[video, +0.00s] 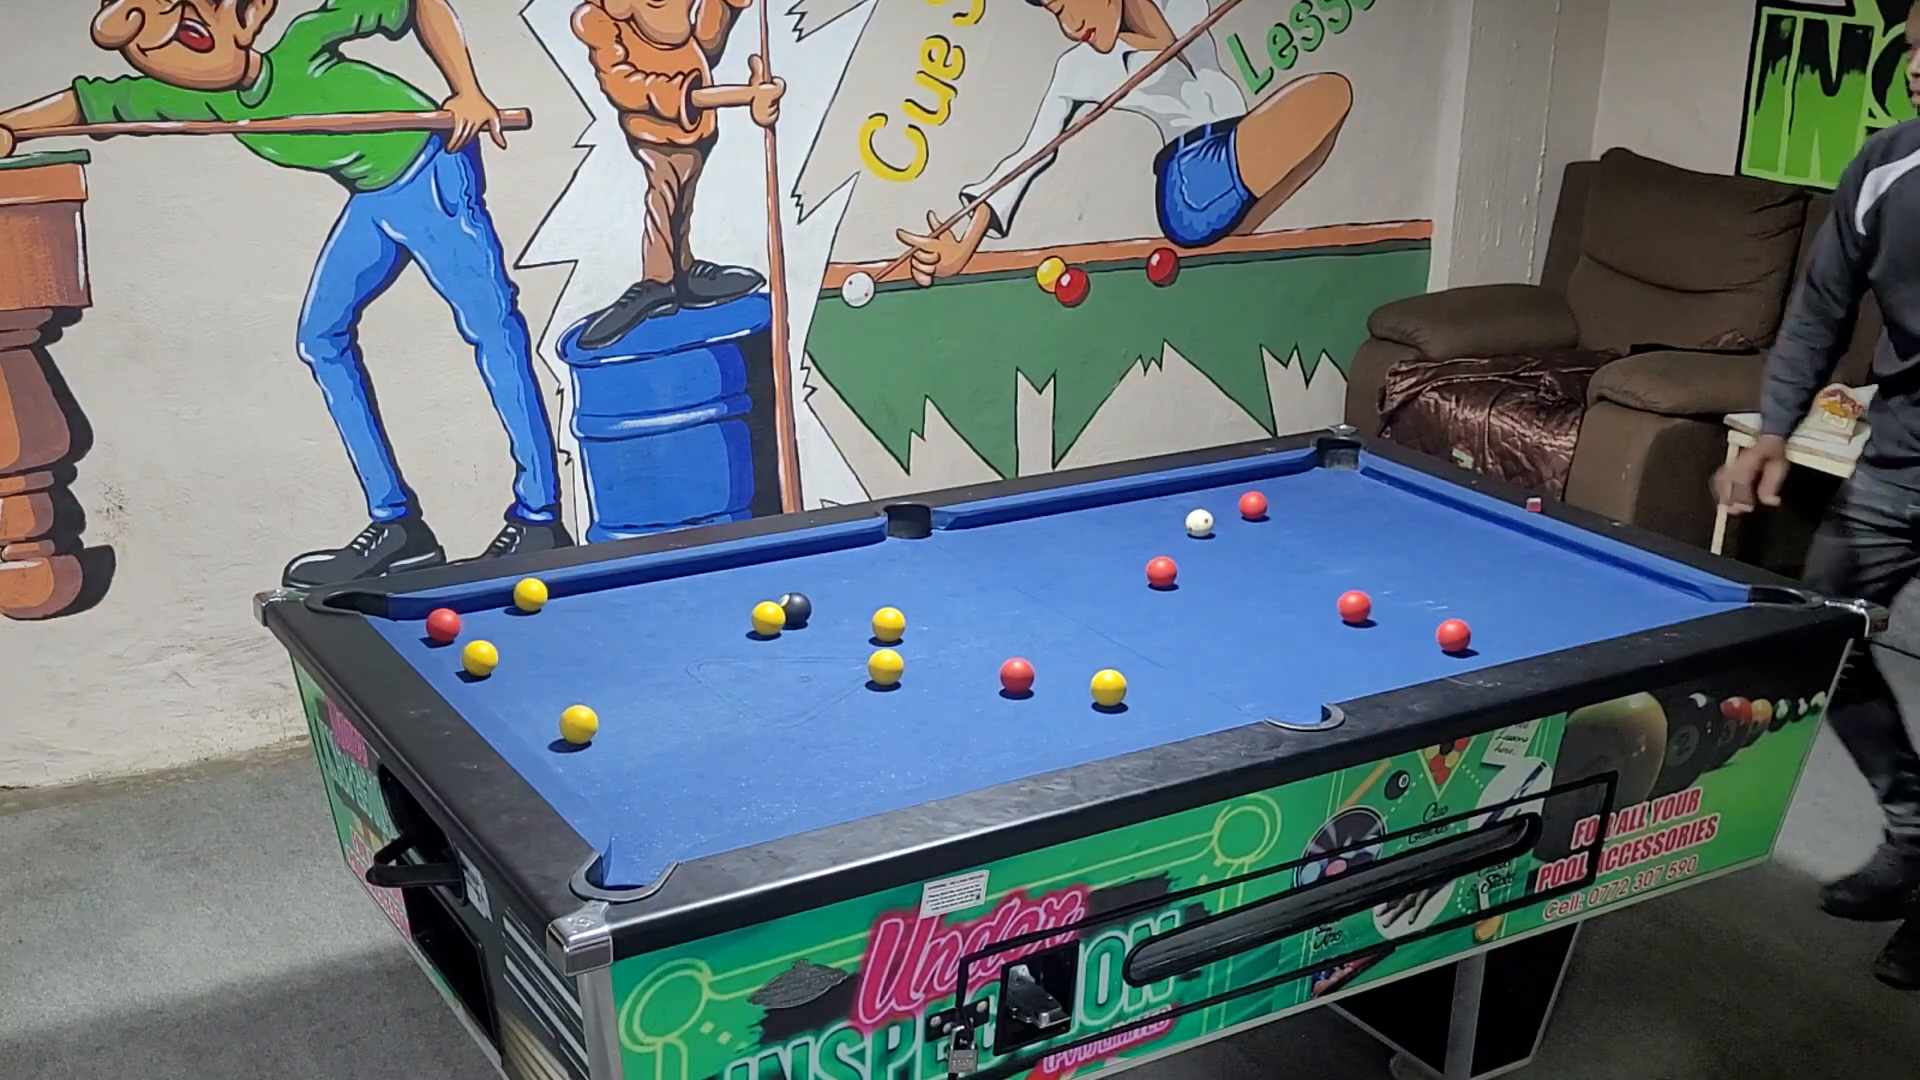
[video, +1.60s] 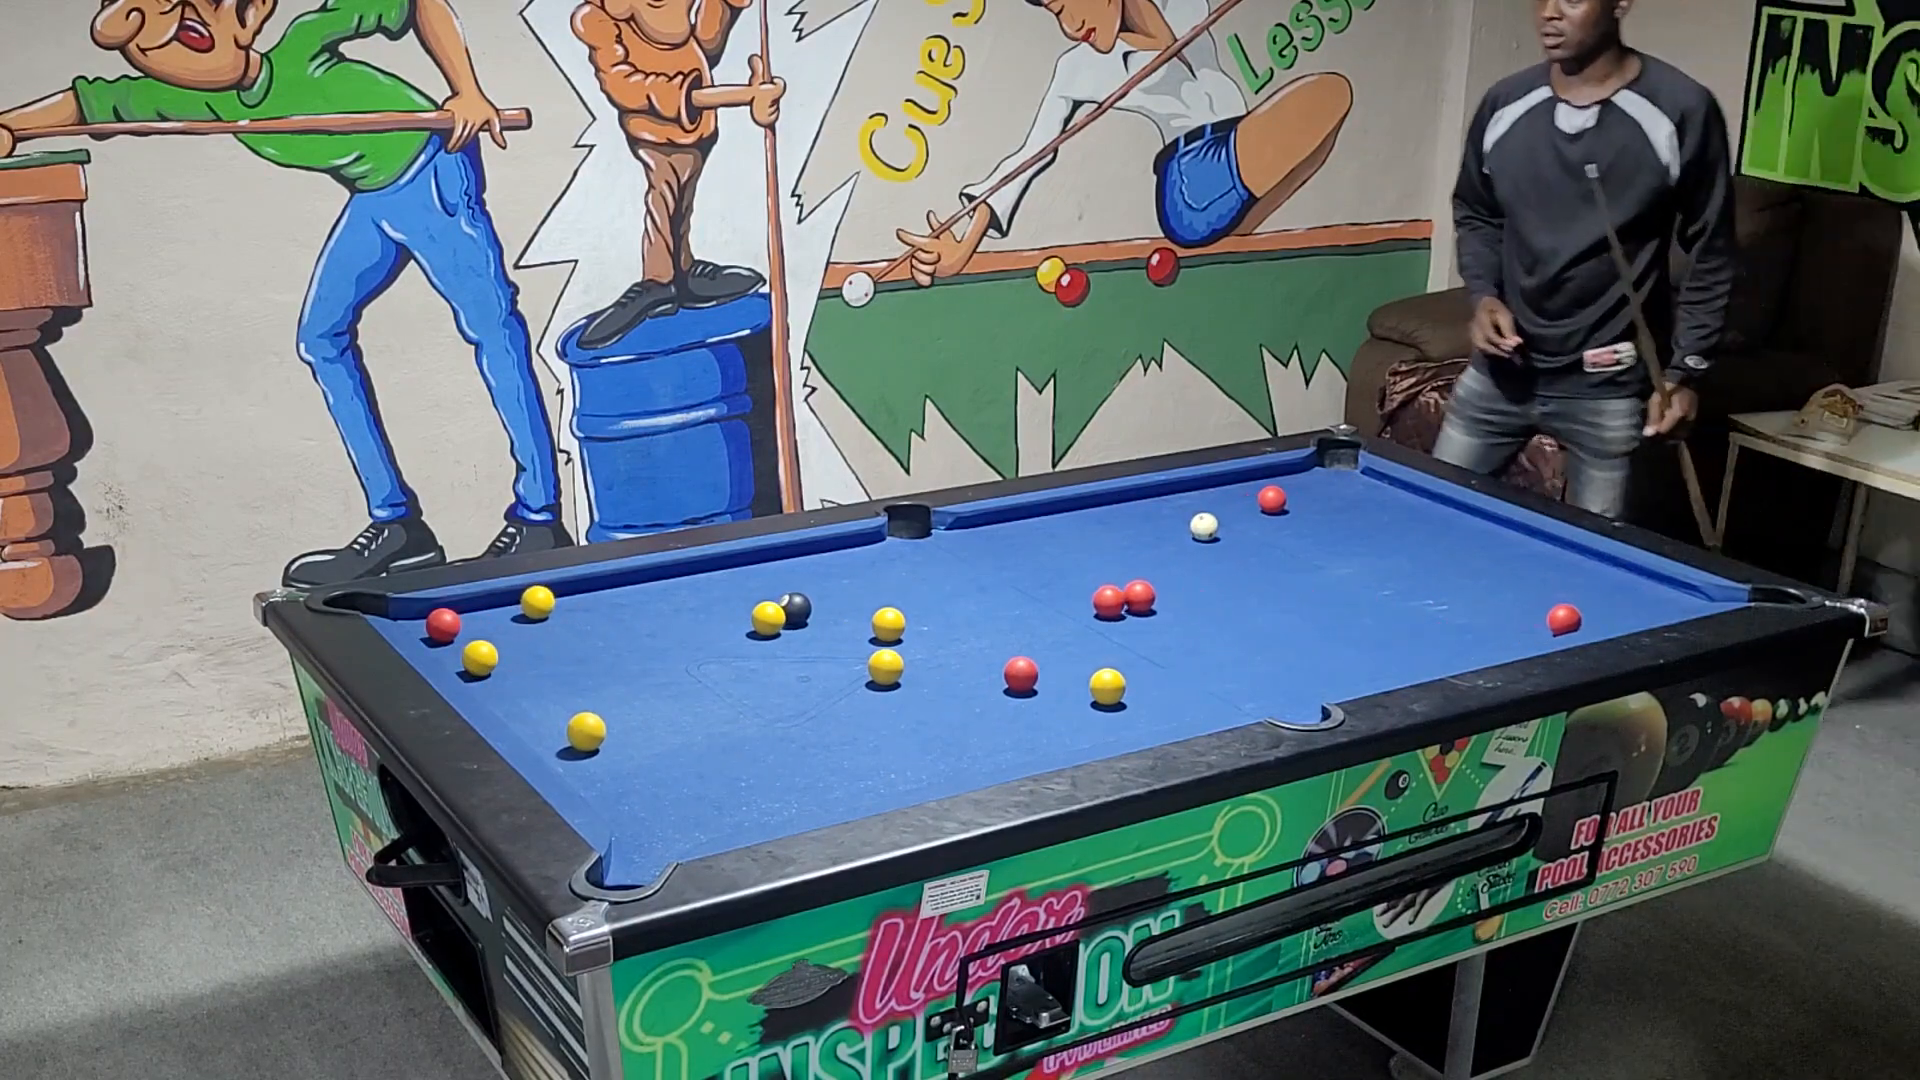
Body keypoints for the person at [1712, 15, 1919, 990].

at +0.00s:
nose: (1916, 70)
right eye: (1909, 52)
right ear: (1899, 62)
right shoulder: (1886, 164)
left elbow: (1819, 305)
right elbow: (1820, 306)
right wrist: (1772, 431)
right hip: (1900, 459)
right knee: (1820, 625)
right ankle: (1910, 820)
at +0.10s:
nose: (1892, 61)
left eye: (1909, 44)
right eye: (1885, 44)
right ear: (1877, 54)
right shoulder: (1861, 166)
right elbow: (1786, 298)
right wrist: (1718, 416)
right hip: (1876, 452)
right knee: (1782, 609)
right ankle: (1839, 809)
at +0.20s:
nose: (1851, 63)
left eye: (1874, 42)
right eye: (1845, 44)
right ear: (1841, 52)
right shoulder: (1821, 170)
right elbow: (1744, 300)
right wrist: (1668, 411)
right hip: (1839, 453)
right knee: (1741, 638)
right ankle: (1712, 824)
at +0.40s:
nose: (1736, 79)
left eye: (1758, 59)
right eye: (1728, 60)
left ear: (1824, 57)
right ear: (1719, 66)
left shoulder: (1903, 153)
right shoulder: (1705, 193)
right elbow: (1649, 330)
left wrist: (1915, 420)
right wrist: (1596, 444)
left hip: (1881, 462)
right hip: (1754, 454)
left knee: (1896, 685)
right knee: (1693, 654)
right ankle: (1677, 840)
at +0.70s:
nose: (1633, 65)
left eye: (1656, 45)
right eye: (1623, 46)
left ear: (1714, 43)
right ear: (1614, 46)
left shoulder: (1813, 129)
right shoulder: (1606, 176)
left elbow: (1868, 278)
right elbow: (1569, 316)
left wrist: (1862, 419)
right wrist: (1552, 434)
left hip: (1784, 440)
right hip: (1660, 436)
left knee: (1765, 642)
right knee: (1644, 636)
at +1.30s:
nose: (1623, 26)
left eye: (1646, 9)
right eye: (1613, 8)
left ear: (1696, 15)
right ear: (1602, 13)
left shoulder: (1758, 119)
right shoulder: (1565, 116)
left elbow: (1773, 264)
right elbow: (1528, 233)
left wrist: (1746, 385)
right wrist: (1550, 328)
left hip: (1682, 395)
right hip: (1572, 383)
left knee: (1640, 578)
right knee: (1546, 562)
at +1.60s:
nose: (1549, 13)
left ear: (1618, 7)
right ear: (1534, 7)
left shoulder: (1684, 112)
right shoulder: (1502, 105)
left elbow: (1710, 252)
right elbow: (1475, 215)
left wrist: (1686, 371)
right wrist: (1483, 294)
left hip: (1607, 386)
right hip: (1498, 373)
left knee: (1590, 564)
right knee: (1433, 519)